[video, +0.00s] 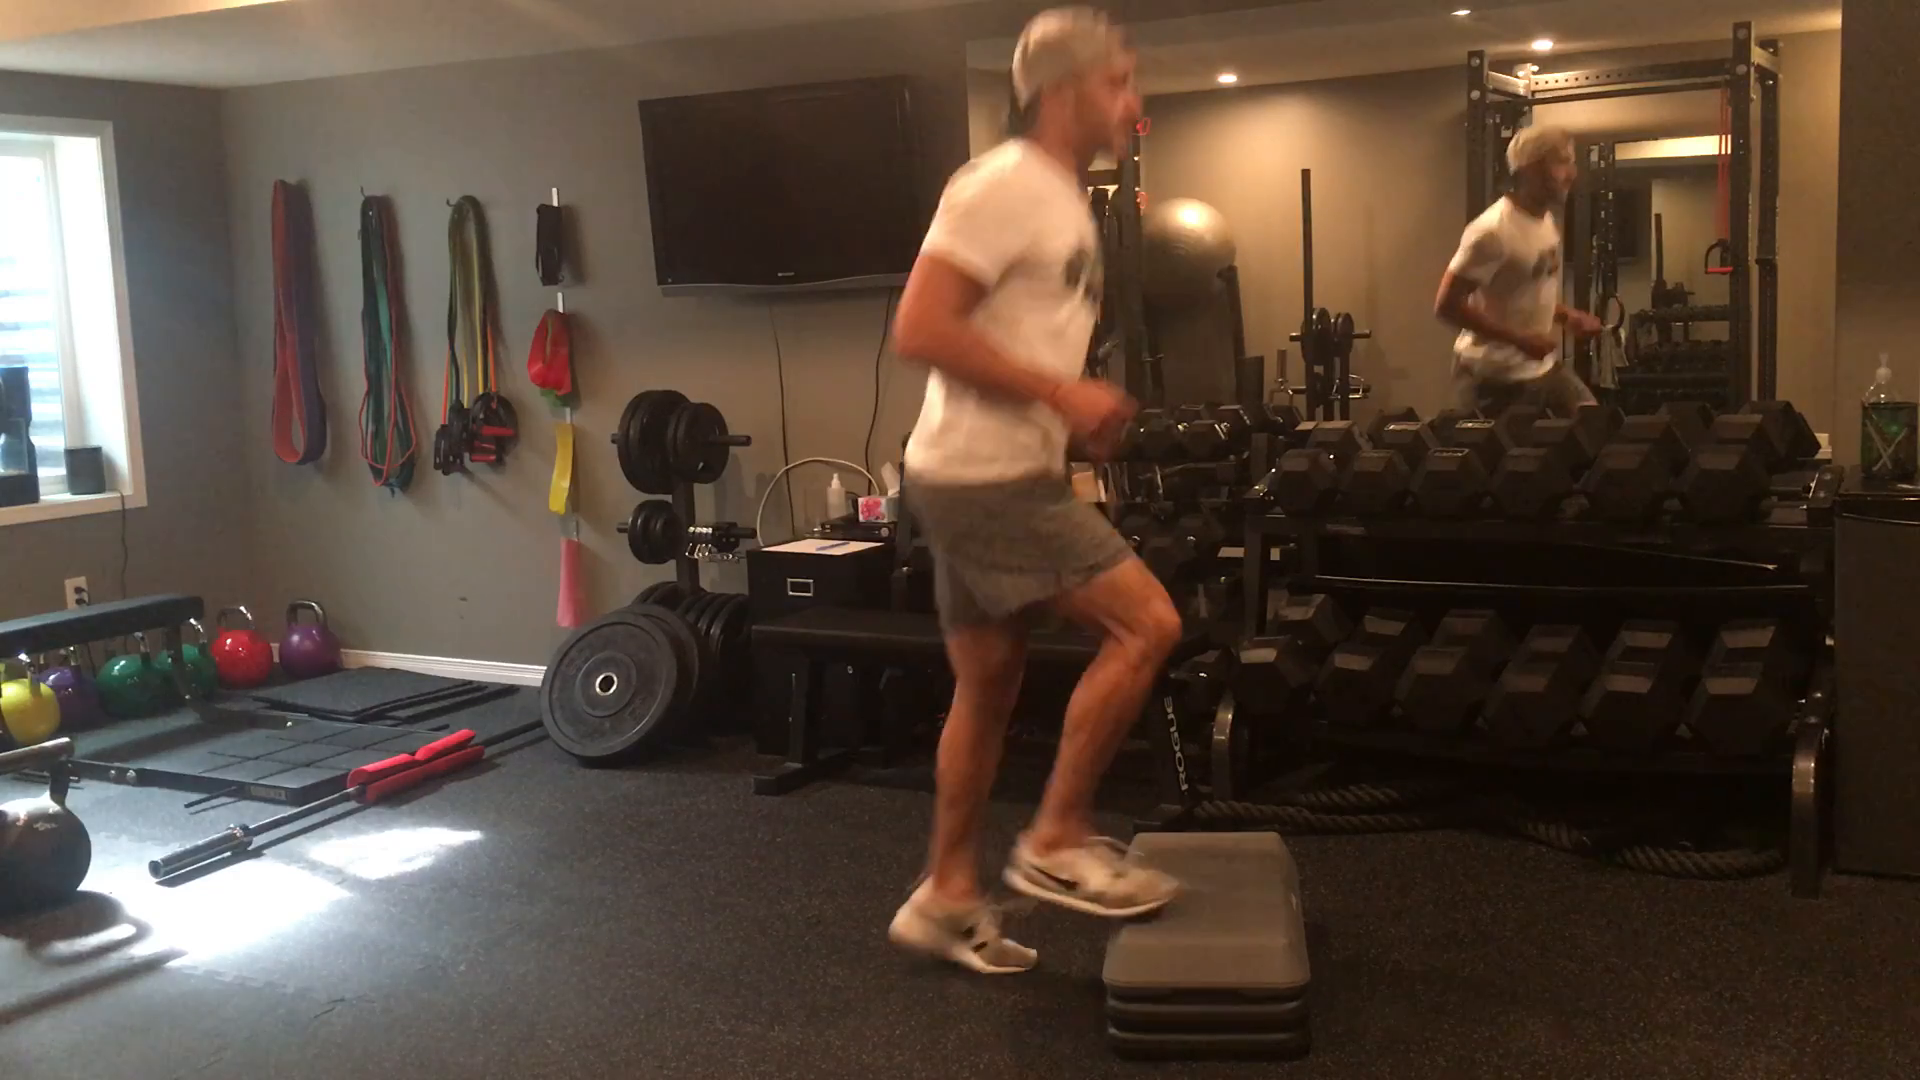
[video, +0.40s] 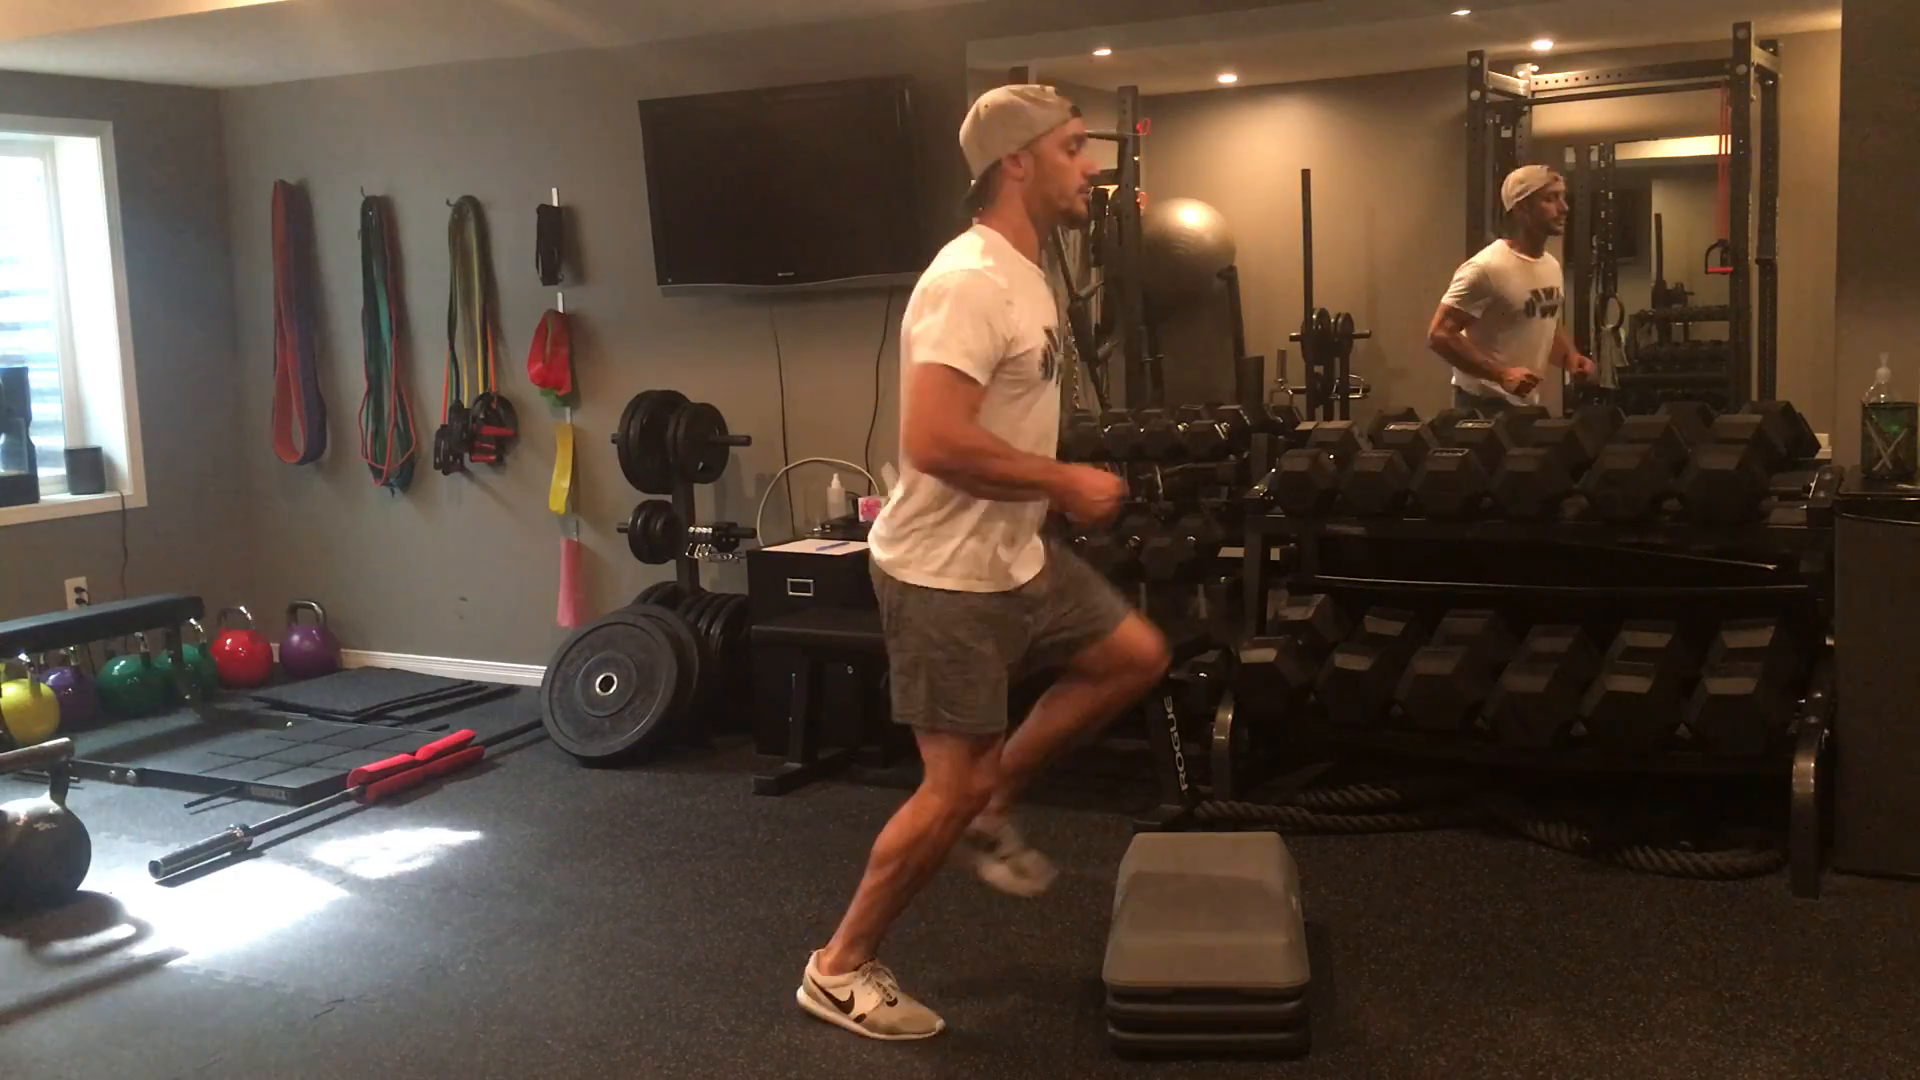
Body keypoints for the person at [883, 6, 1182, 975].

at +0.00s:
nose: (1136, 102)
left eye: (1132, 82)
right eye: (1122, 82)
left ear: (1073, 94)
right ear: (1067, 92)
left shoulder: (1056, 195)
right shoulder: (1002, 184)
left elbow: (995, 337)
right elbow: (919, 325)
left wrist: (1067, 412)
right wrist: (1063, 391)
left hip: (993, 474)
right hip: (983, 479)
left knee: (985, 678)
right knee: (1146, 622)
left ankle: (945, 895)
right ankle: (1059, 837)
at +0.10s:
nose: (1117, 169)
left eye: (1116, 151)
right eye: (1101, 151)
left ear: (1054, 165)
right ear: (1044, 162)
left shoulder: (1039, 262)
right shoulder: (982, 258)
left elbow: (990, 406)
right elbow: (888, 384)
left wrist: (1053, 478)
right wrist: (1021, 462)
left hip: (969, 534)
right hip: (967, 537)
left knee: (997, 726)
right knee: (1144, 659)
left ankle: (926, 923)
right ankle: (990, 834)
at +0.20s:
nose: (1107, 147)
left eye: (1104, 132)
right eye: (1090, 131)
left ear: (1049, 146)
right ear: (1035, 143)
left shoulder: (1036, 250)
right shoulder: (978, 238)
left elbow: (973, 402)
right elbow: (882, 372)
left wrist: (1050, 449)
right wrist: (1002, 461)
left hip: (987, 526)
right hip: (950, 526)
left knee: (994, 720)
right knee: (1083, 708)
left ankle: (936, 914)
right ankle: (913, 873)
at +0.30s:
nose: (1092, 144)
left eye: (1088, 127)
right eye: (1076, 128)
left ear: (1032, 144)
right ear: (1019, 142)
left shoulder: (1028, 246)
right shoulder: (964, 240)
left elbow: (977, 387)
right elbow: (891, 382)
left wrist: (1051, 431)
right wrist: (1019, 452)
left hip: (1006, 525)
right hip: (947, 534)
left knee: (1070, 694)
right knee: (995, 745)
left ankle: (953, 878)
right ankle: (852, 945)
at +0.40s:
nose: (1094, 163)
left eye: (1089, 146)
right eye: (1075, 148)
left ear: (1026, 168)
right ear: (1019, 165)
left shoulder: (1023, 274)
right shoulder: (969, 277)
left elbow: (984, 427)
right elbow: (931, 441)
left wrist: (1048, 500)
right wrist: (1061, 479)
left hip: (1015, 552)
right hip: (942, 567)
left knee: (1132, 655)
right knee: (962, 783)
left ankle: (986, 798)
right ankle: (839, 966)